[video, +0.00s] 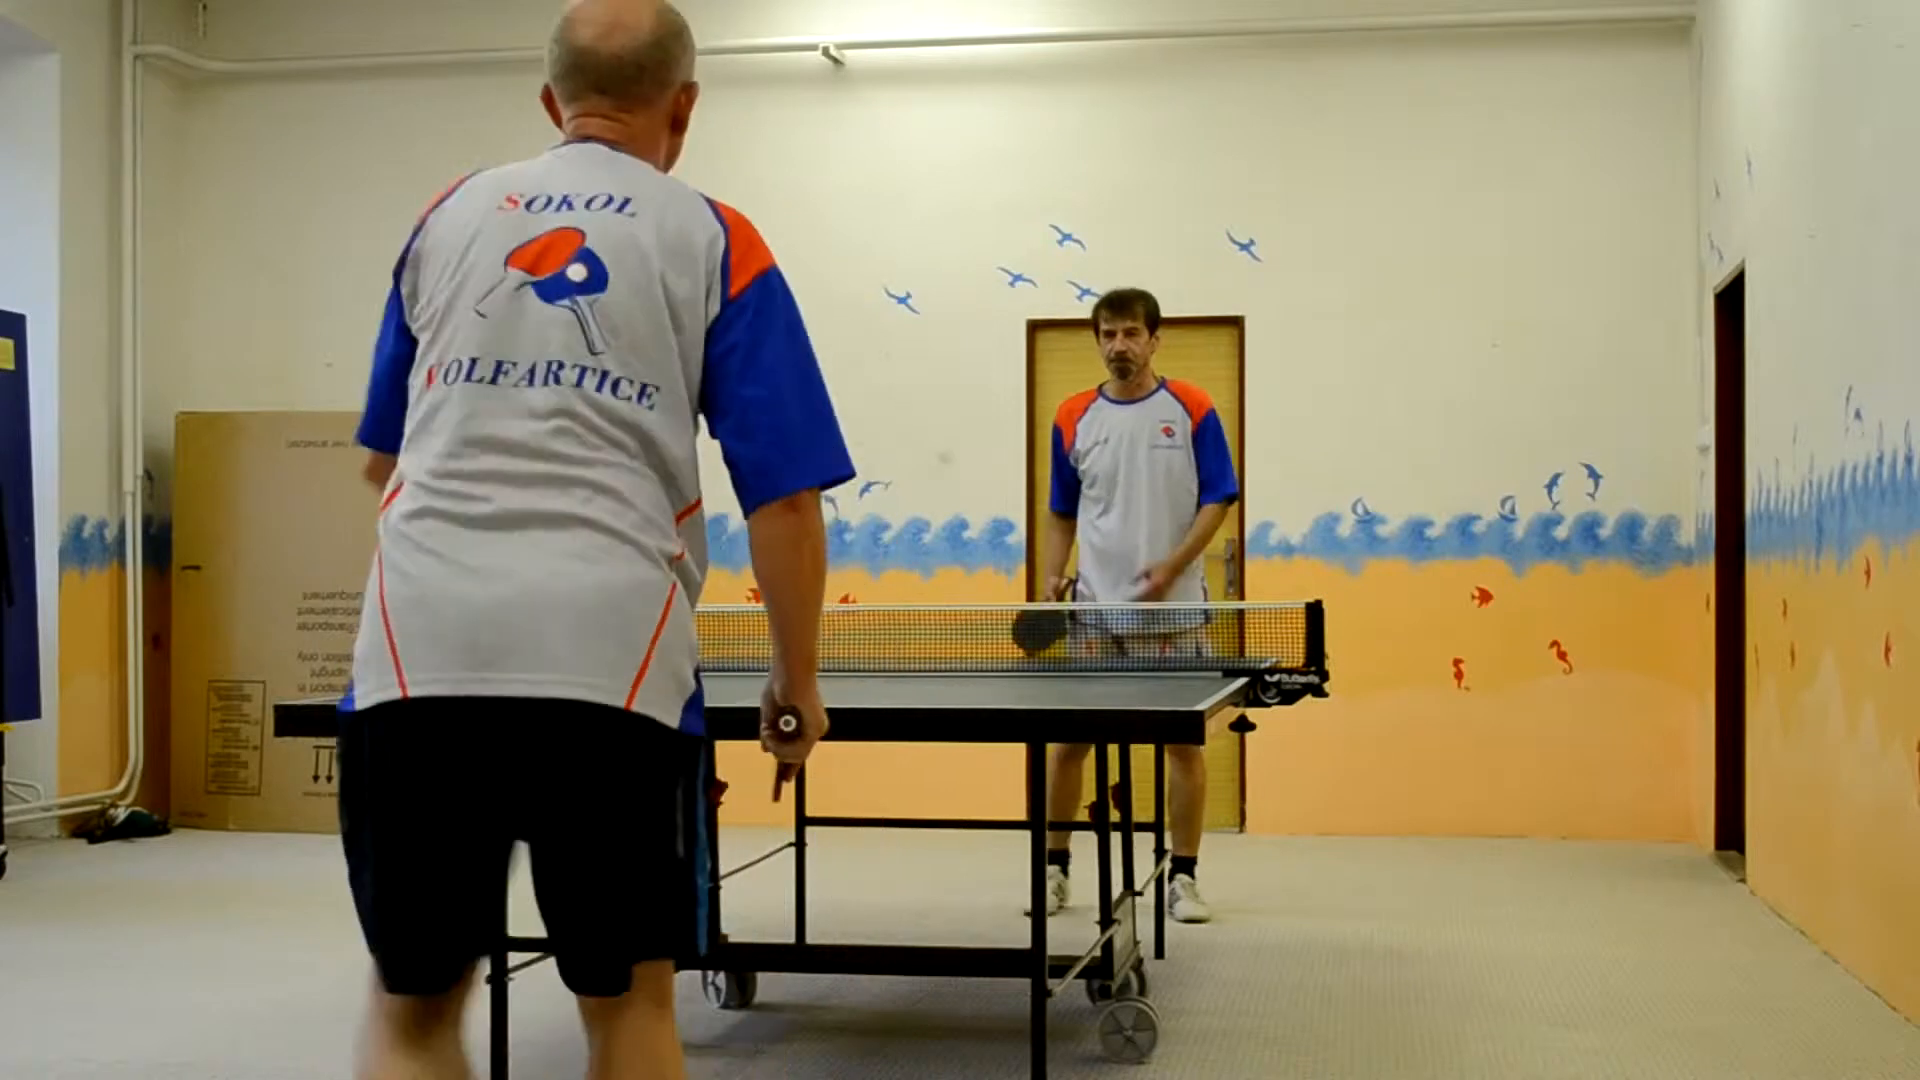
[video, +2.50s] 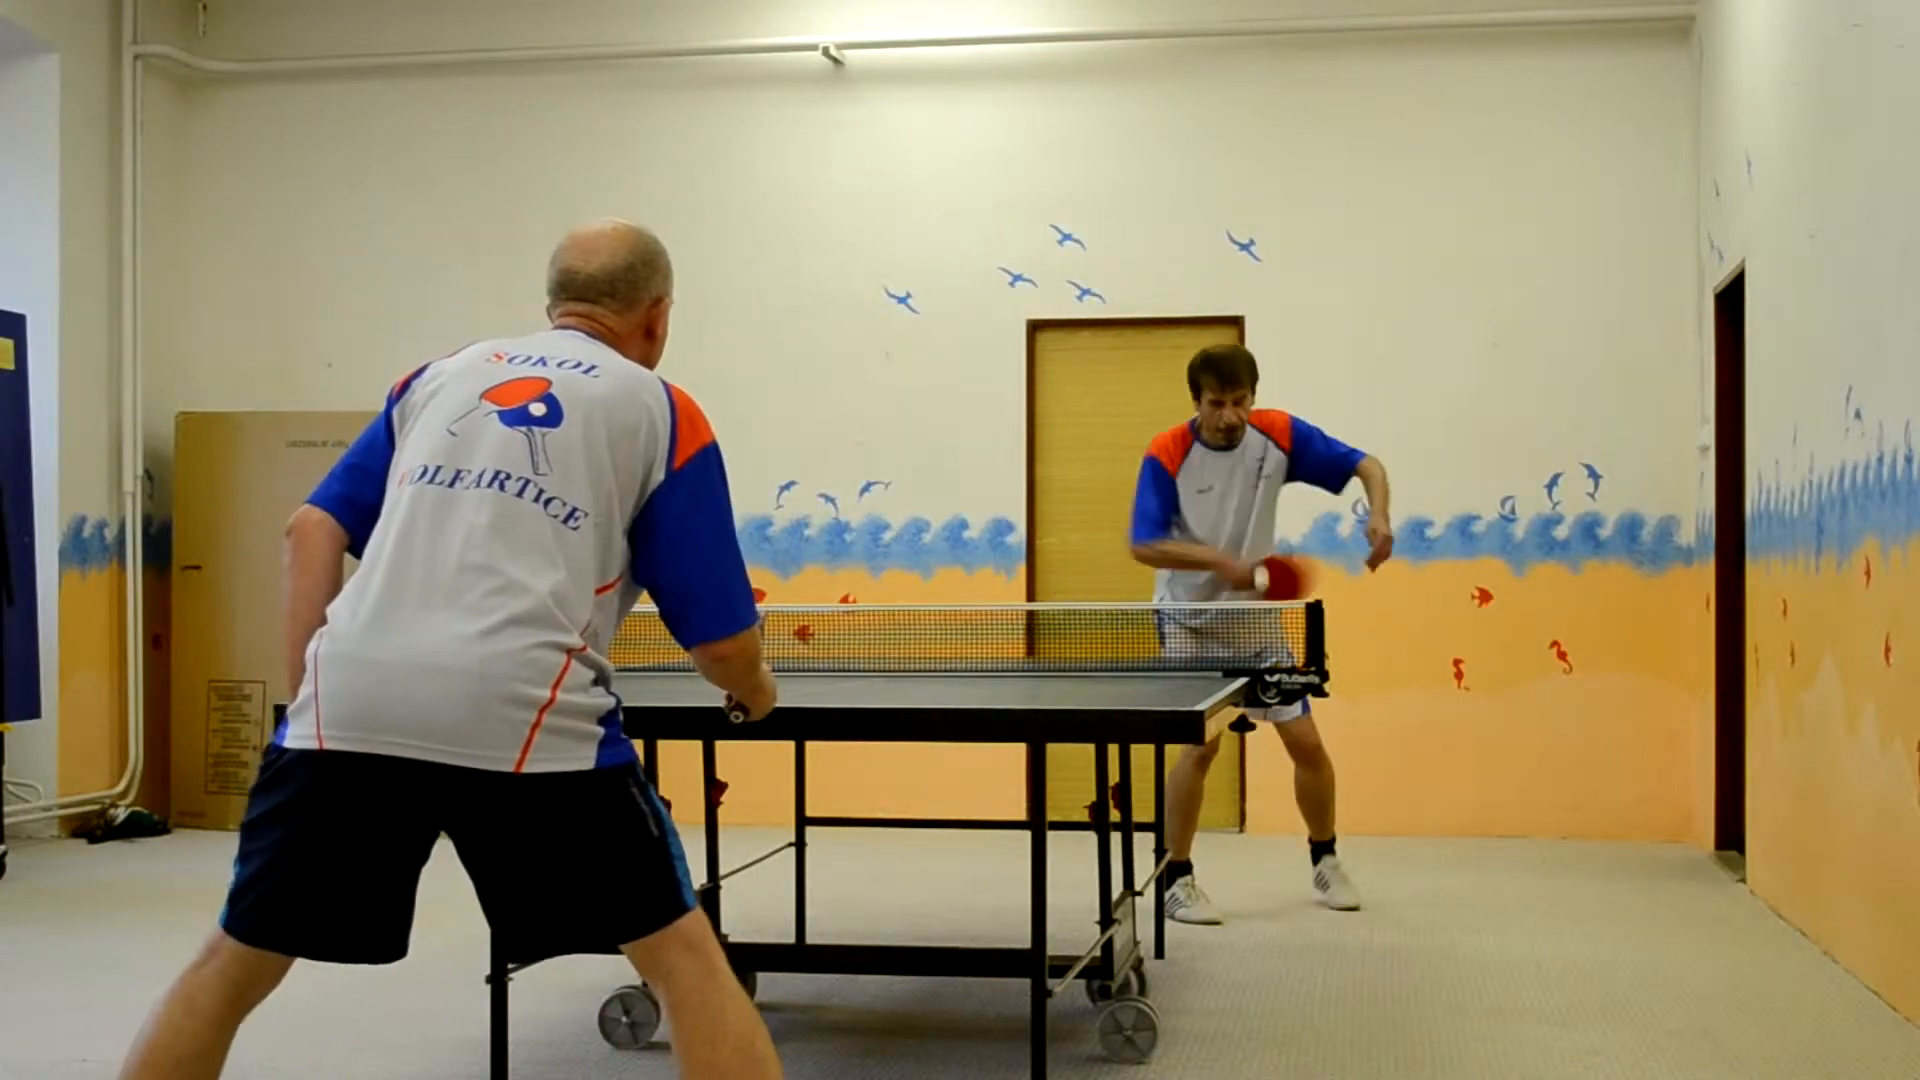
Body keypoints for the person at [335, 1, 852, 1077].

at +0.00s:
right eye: (684, 108)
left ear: (548, 110)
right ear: (682, 107)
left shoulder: (444, 218)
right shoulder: (714, 236)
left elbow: (384, 461)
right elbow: (782, 492)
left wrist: (473, 589)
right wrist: (796, 676)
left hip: (415, 671)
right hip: (607, 674)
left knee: (412, 998)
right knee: (631, 999)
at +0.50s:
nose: (546, 210)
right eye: (548, 195)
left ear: (422, 193)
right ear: (535, 197)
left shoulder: (315, 294)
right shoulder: (555, 299)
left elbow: (210, 485)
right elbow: (612, 519)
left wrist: (255, 649)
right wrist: (654, 665)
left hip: (284, 683)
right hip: (470, 687)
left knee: (258, 967)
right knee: (617, 946)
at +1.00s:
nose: (619, 288)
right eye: (619, 276)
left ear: (501, 274)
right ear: (609, 282)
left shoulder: (400, 355)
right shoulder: (641, 383)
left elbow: (288, 517)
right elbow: (743, 590)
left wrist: (310, 671)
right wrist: (764, 644)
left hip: (337, 712)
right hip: (522, 728)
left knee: (223, 965)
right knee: (660, 960)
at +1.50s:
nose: (602, 336)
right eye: (599, 319)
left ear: (481, 319)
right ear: (585, 323)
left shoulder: (379, 398)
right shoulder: (608, 418)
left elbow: (262, 538)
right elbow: (715, 625)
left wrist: (284, 684)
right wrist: (750, 631)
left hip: (317, 720)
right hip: (497, 729)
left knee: (221, 966)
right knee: (666, 963)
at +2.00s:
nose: (648, 340)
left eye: (648, 323)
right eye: (649, 323)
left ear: (535, 308)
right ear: (635, 323)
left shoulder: (420, 382)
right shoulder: (642, 417)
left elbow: (296, 525)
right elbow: (716, 638)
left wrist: (297, 693)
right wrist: (753, 666)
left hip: (336, 711)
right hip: (520, 722)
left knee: (218, 967)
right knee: (674, 964)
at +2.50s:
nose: (666, 334)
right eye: (666, 316)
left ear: (551, 306)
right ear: (653, 317)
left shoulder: (437, 378)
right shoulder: (663, 416)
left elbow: (314, 527)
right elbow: (722, 637)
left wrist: (306, 697)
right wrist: (755, 693)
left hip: (347, 712)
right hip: (532, 723)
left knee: (228, 967)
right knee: (685, 960)